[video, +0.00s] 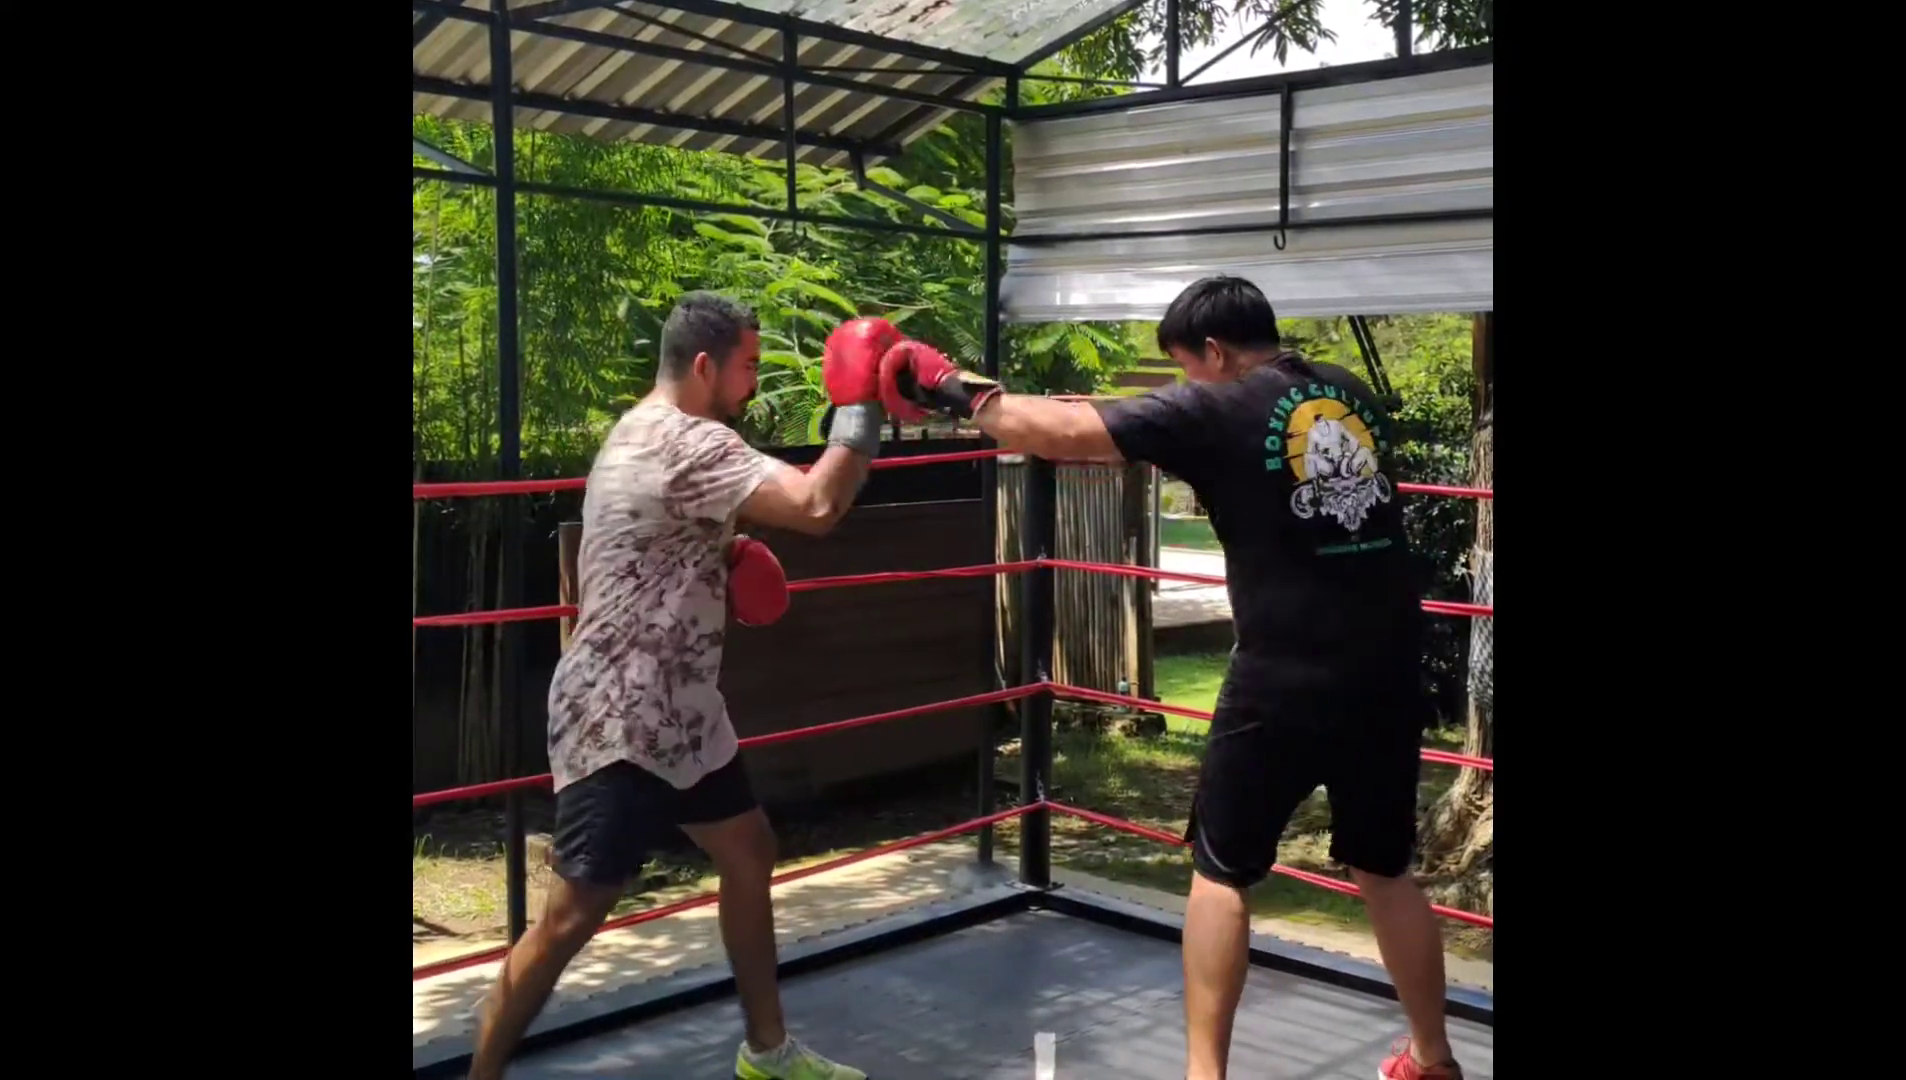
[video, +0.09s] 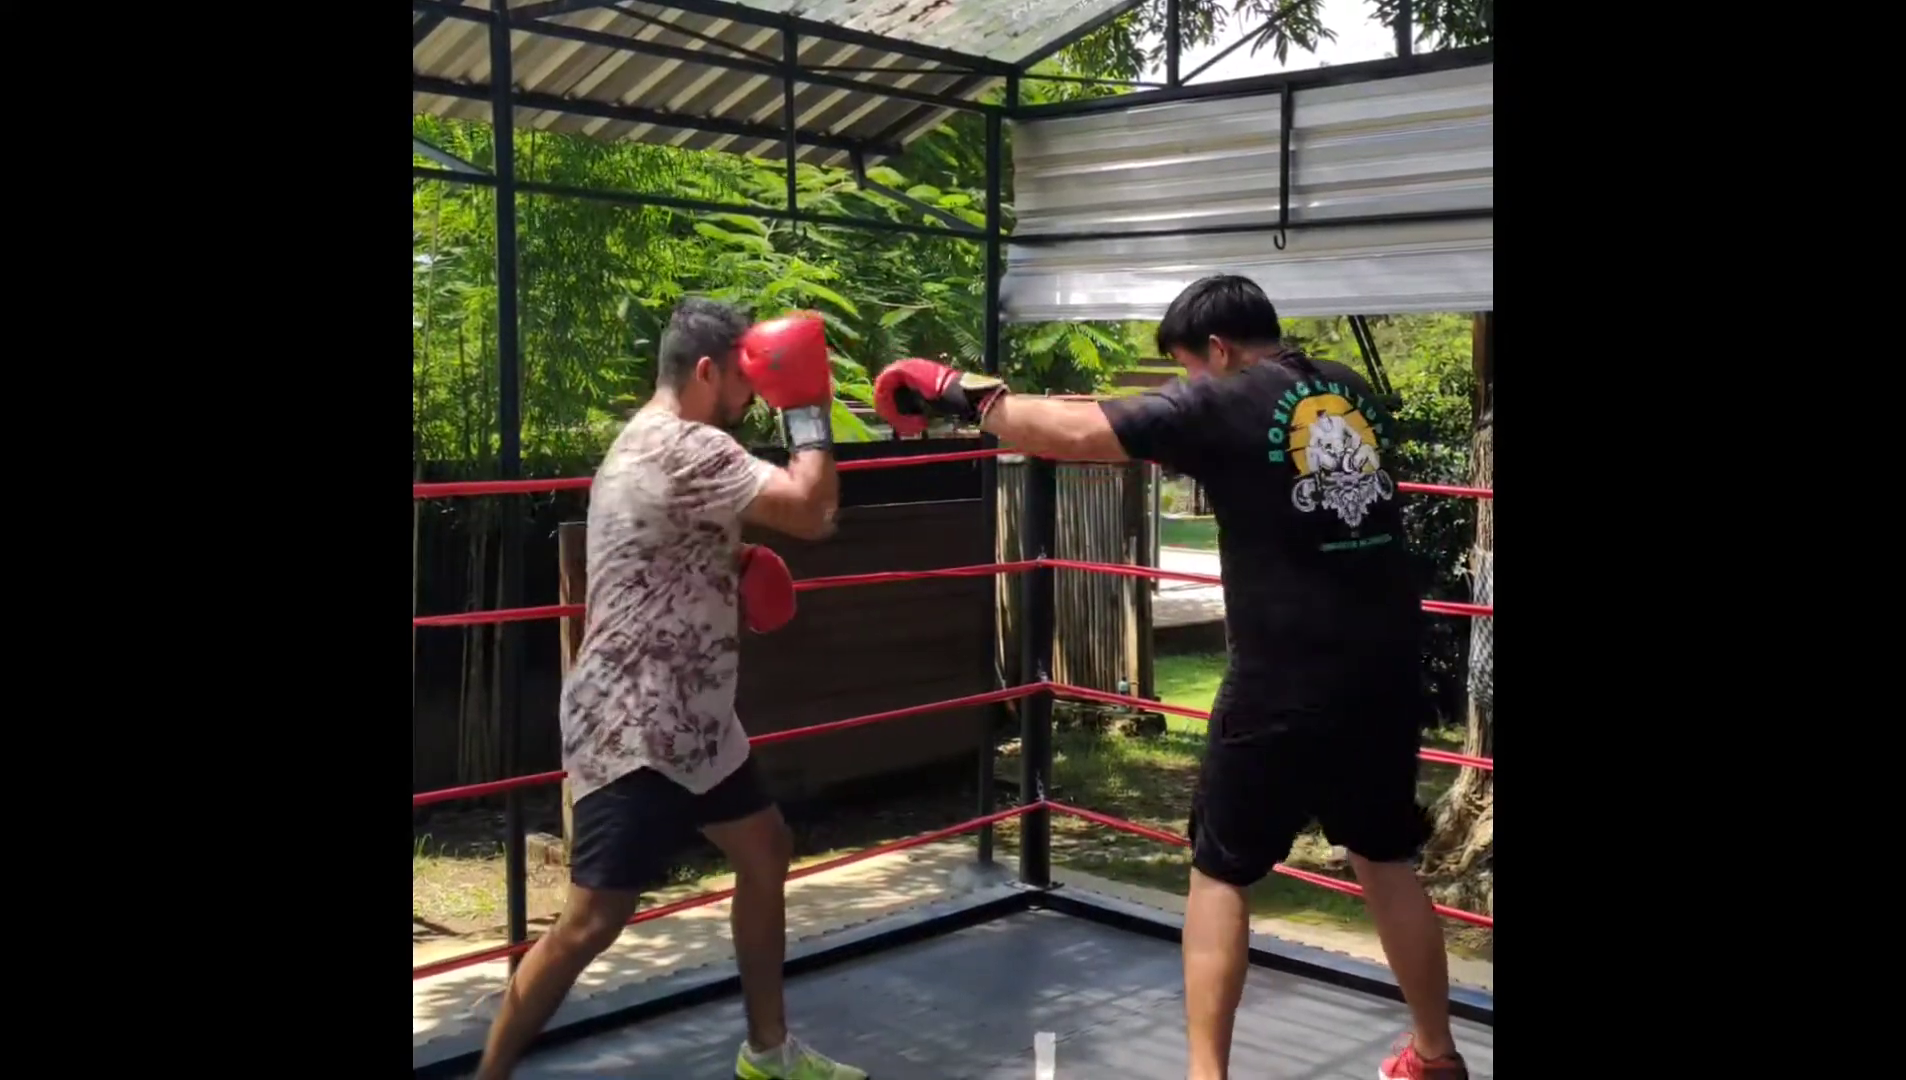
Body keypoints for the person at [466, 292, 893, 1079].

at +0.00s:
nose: (755, 383)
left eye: (757, 366)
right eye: (750, 365)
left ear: (688, 363)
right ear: (707, 363)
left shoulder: (644, 432)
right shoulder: (686, 444)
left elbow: (619, 564)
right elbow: (816, 507)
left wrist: (717, 570)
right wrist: (859, 404)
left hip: (677, 708)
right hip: (621, 713)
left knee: (747, 852)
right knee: (567, 918)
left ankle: (769, 1048)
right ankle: (482, 1071)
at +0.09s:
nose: (754, 392)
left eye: (756, 377)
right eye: (747, 376)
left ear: (690, 370)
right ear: (710, 370)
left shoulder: (654, 440)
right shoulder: (682, 449)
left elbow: (645, 569)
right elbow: (811, 514)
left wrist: (731, 582)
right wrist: (809, 411)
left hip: (689, 719)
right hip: (633, 724)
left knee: (765, 851)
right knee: (589, 926)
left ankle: (770, 1048)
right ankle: (489, 1072)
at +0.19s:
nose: (743, 379)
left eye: (744, 364)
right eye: (736, 362)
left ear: (678, 364)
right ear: (692, 362)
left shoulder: (644, 440)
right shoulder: (654, 454)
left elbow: (607, 577)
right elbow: (769, 542)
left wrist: (720, 583)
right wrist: (788, 450)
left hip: (685, 719)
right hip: (629, 726)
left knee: (758, 850)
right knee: (582, 923)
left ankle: (770, 1046)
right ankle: (489, 1072)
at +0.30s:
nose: (732, 377)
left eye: (735, 361)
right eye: (725, 359)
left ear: (673, 361)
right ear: (679, 358)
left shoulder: (683, 453)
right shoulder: (609, 454)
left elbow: (710, 574)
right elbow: (704, 570)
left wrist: (718, 594)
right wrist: (745, 477)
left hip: (678, 715)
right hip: (595, 723)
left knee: (734, 856)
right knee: (555, 919)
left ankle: (768, 1046)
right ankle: (479, 1072)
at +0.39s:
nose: (711, 394)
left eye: (712, 377)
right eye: (703, 376)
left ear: (654, 375)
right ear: (655, 374)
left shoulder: (662, 466)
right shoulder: (565, 471)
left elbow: (672, 567)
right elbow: (642, 592)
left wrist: (685, 610)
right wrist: (702, 493)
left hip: (652, 720)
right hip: (561, 730)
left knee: (725, 859)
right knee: (533, 929)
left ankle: (767, 1048)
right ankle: (474, 1075)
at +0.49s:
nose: (684, 411)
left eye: (688, 396)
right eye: (678, 393)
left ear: (630, 387)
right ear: (630, 385)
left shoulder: (636, 475)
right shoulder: (531, 482)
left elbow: (656, 583)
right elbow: (602, 605)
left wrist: (661, 623)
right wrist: (673, 513)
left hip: (627, 717)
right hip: (539, 728)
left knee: (710, 866)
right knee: (529, 932)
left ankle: (766, 1048)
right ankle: (472, 1075)